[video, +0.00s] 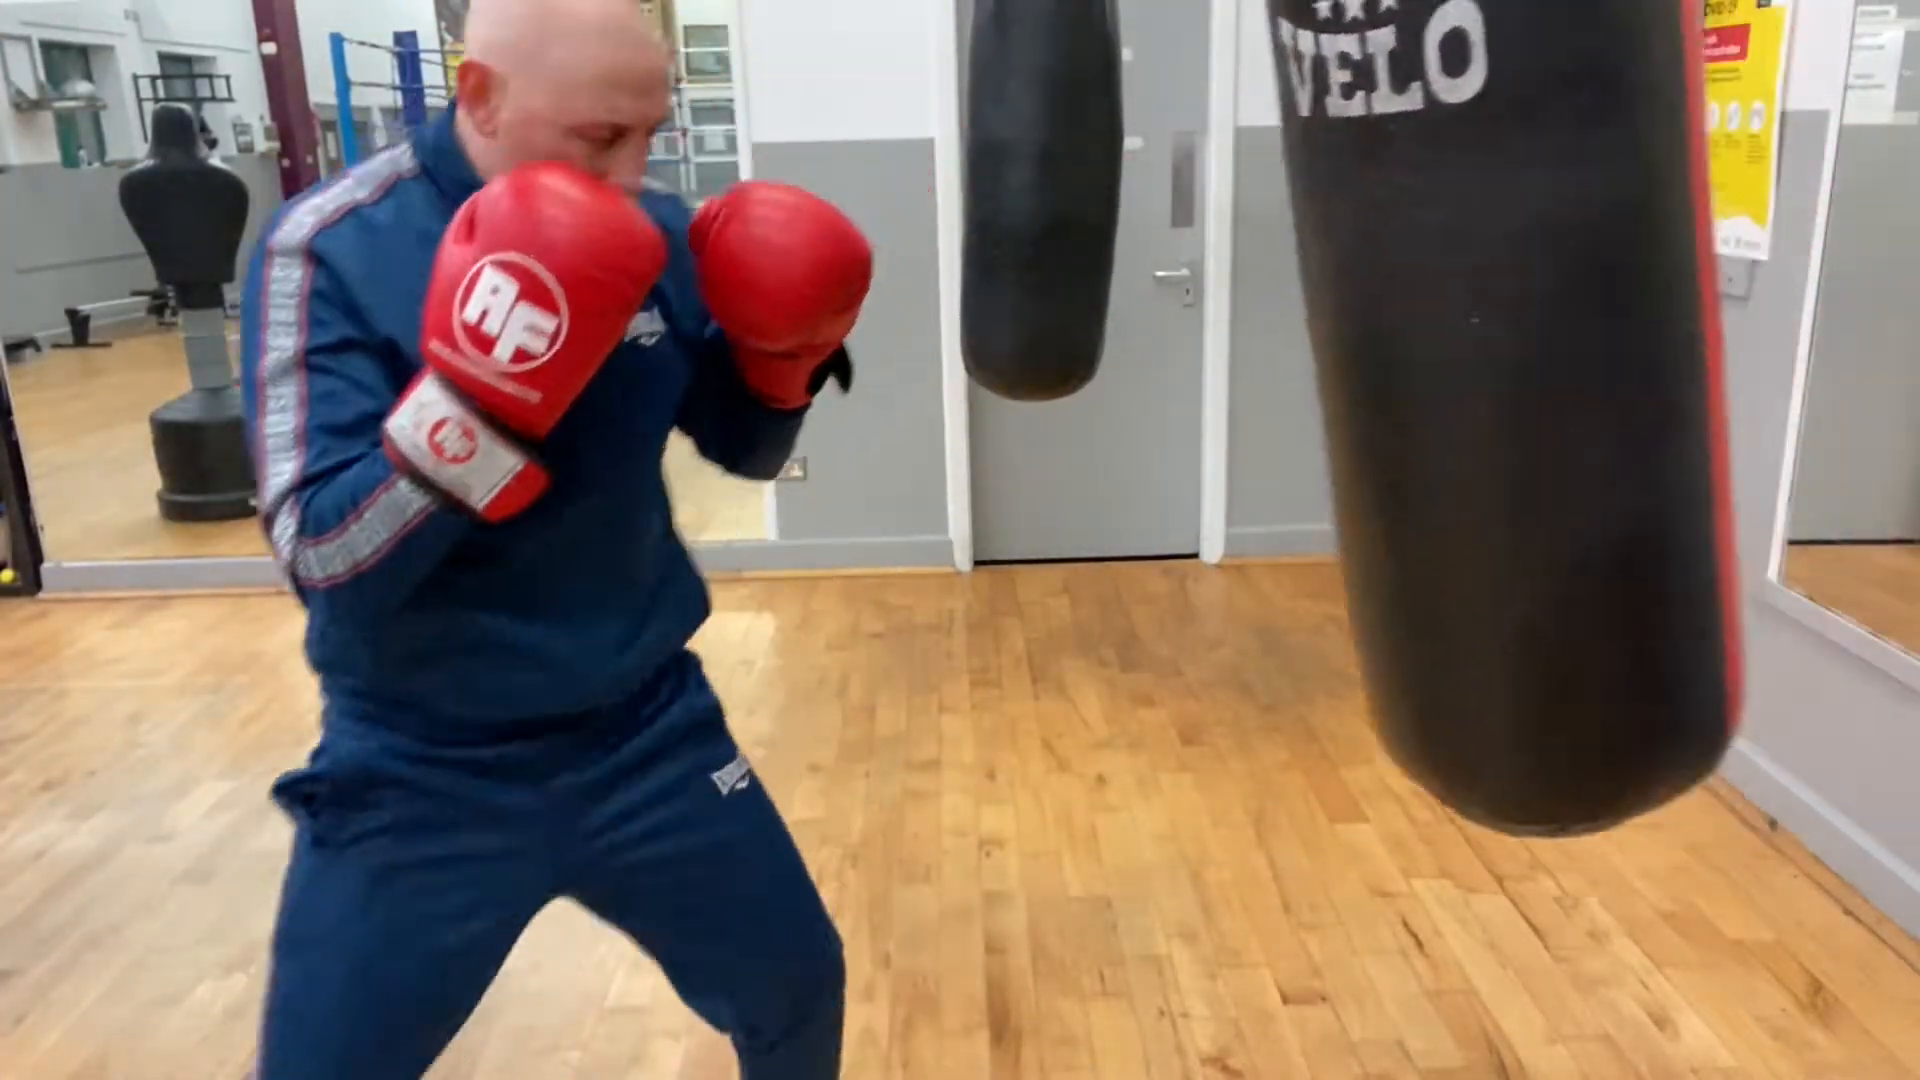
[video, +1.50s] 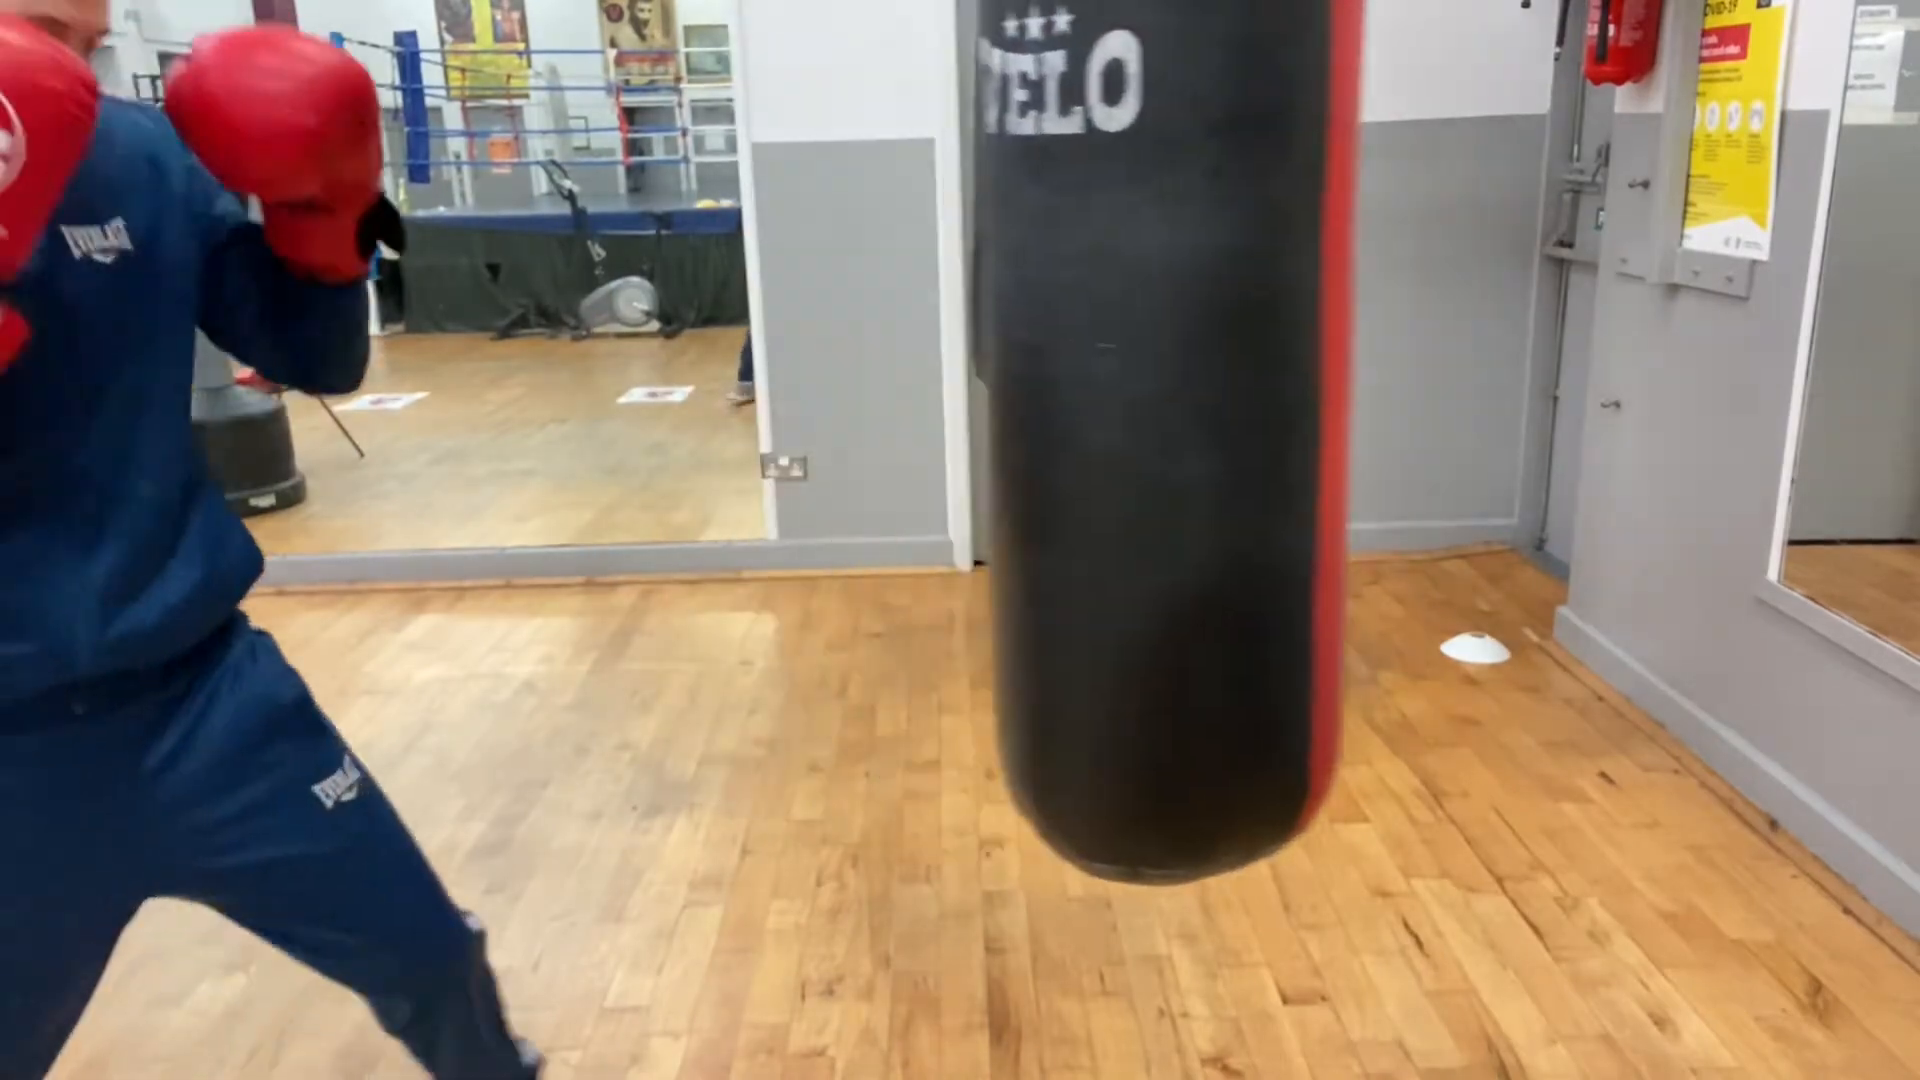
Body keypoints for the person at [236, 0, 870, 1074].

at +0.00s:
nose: (629, 176)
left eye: (649, 136)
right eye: (598, 138)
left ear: (668, 110)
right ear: (478, 97)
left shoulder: (657, 230)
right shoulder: (324, 251)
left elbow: (745, 448)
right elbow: (321, 559)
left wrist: (787, 355)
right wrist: (477, 399)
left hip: (648, 747)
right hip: (419, 782)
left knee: (801, 994)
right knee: (317, 1069)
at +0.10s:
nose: (522, 189)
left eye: (539, 154)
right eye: (493, 152)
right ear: (366, 108)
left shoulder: (537, 241)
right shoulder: (192, 269)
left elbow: (636, 482)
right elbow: (198, 583)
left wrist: (673, 375)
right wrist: (377, 416)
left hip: (560, 772)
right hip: (324, 819)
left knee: (747, 1011)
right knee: (248, 1071)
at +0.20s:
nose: (390, 130)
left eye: (412, 94)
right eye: (360, 92)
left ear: (432, 69)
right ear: (228, 39)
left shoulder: (415, 165)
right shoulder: (51, 221)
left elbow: (502, 461)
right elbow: (55, 577)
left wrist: (537, 338)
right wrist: (242, 379)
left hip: (451, 760)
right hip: (207, 815)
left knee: (669, 1041)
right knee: (156, 1072)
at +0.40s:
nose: (228, 84)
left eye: (246, 41)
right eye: (193, 37)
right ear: (47, 7)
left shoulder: (237, 164)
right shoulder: (2, 197)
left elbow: (359, 438)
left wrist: (380, 326)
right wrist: (78, 368)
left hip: (313, 713)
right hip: (71, 782)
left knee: (489, 985)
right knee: (66, 1070)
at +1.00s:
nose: (116, 28)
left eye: (127, 14)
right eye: (76, 17)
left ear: (148, 16)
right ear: (0, 25)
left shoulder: (186, 146)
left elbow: (292, 392)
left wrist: (295, 239)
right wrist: (34, 277)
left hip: (233, 675)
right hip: (29, 722)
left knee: (344, 990)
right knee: (23, 1044)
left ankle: (367, 1075)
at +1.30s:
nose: (12, 22)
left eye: (11, 16)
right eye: (7, 16)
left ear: (17, 29)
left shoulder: (78, 199)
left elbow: (197, 436)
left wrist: (226, 333)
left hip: (149, 730)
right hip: (7, 783)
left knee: (310, 1023)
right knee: (8, 1060)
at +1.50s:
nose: (76, 35)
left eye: (83, 24)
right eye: (45, 26)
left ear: (104, 21)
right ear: (7, 20)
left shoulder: (143, 154)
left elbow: (317, 359)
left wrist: (321, 212)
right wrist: (13, 230)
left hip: (207, 697)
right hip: (27, 748)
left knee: (436, 963)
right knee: (13, 1052)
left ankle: (500, 1072)